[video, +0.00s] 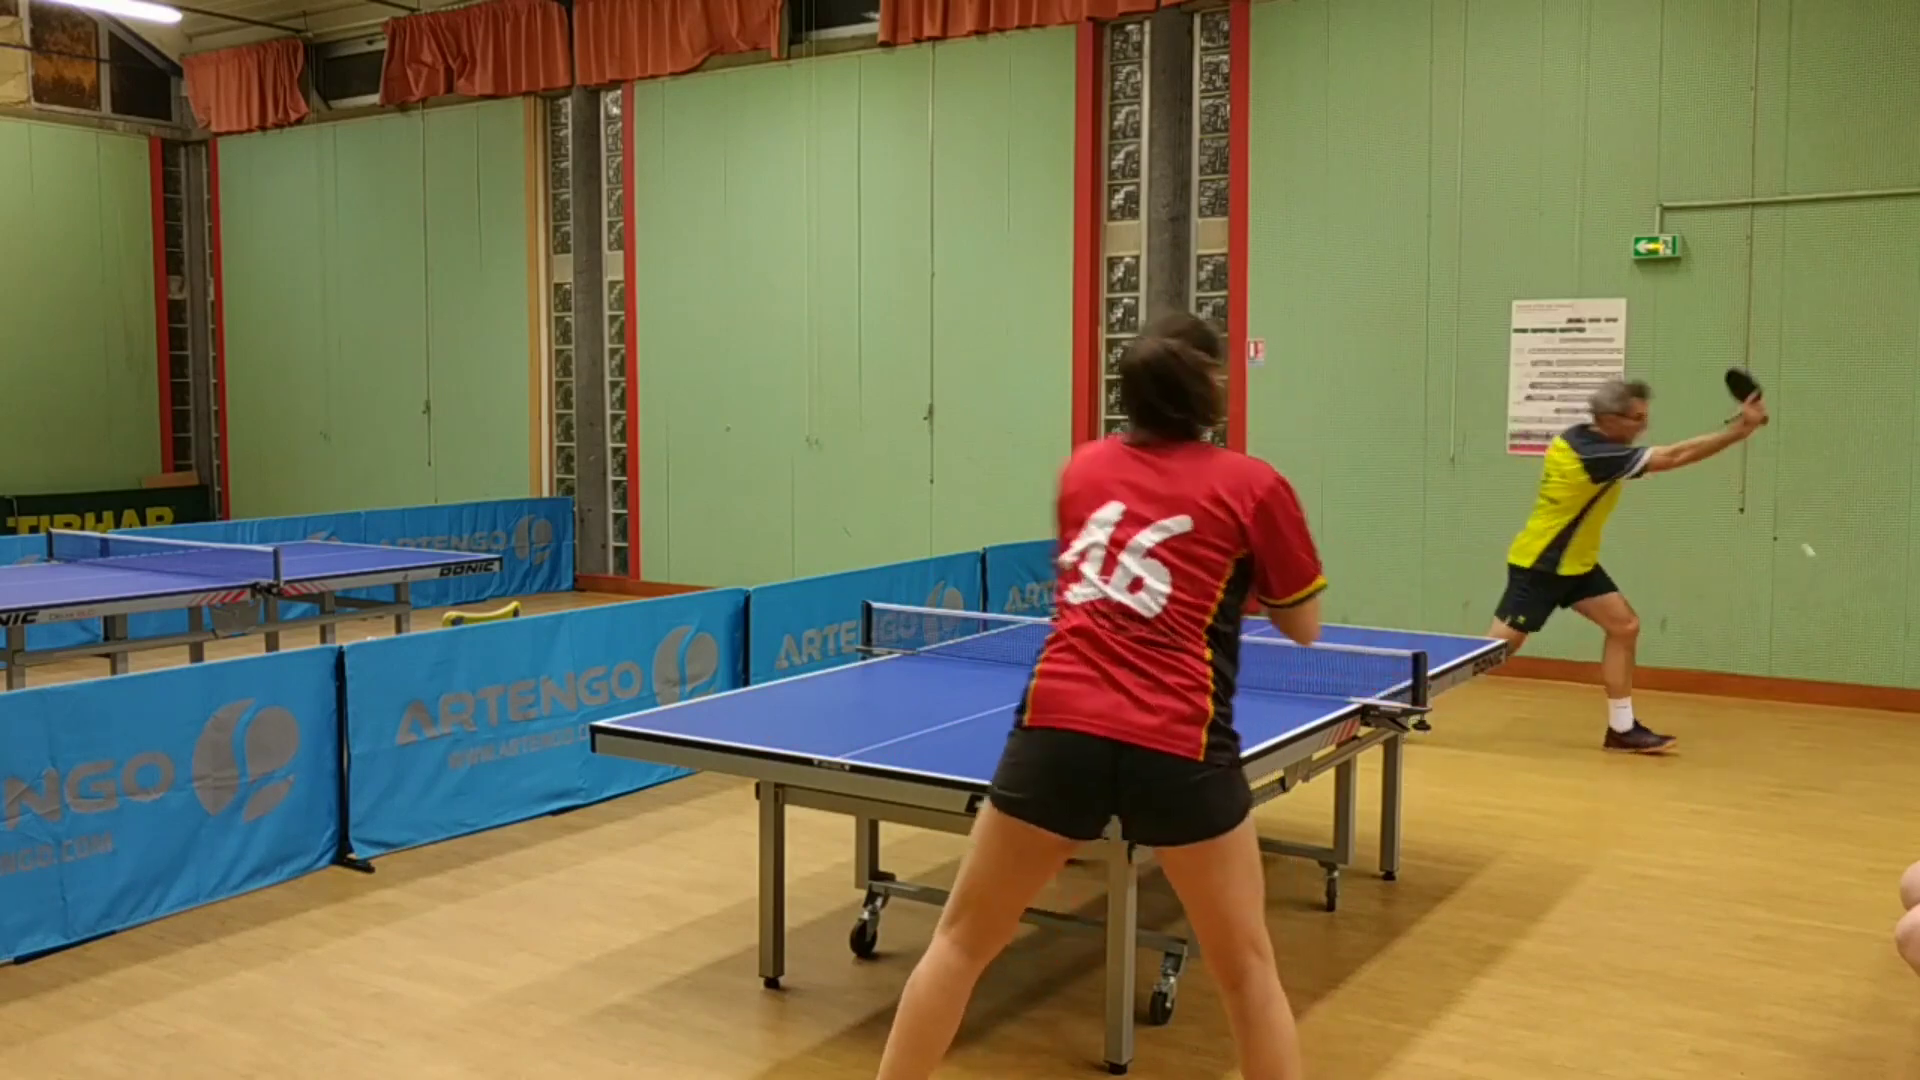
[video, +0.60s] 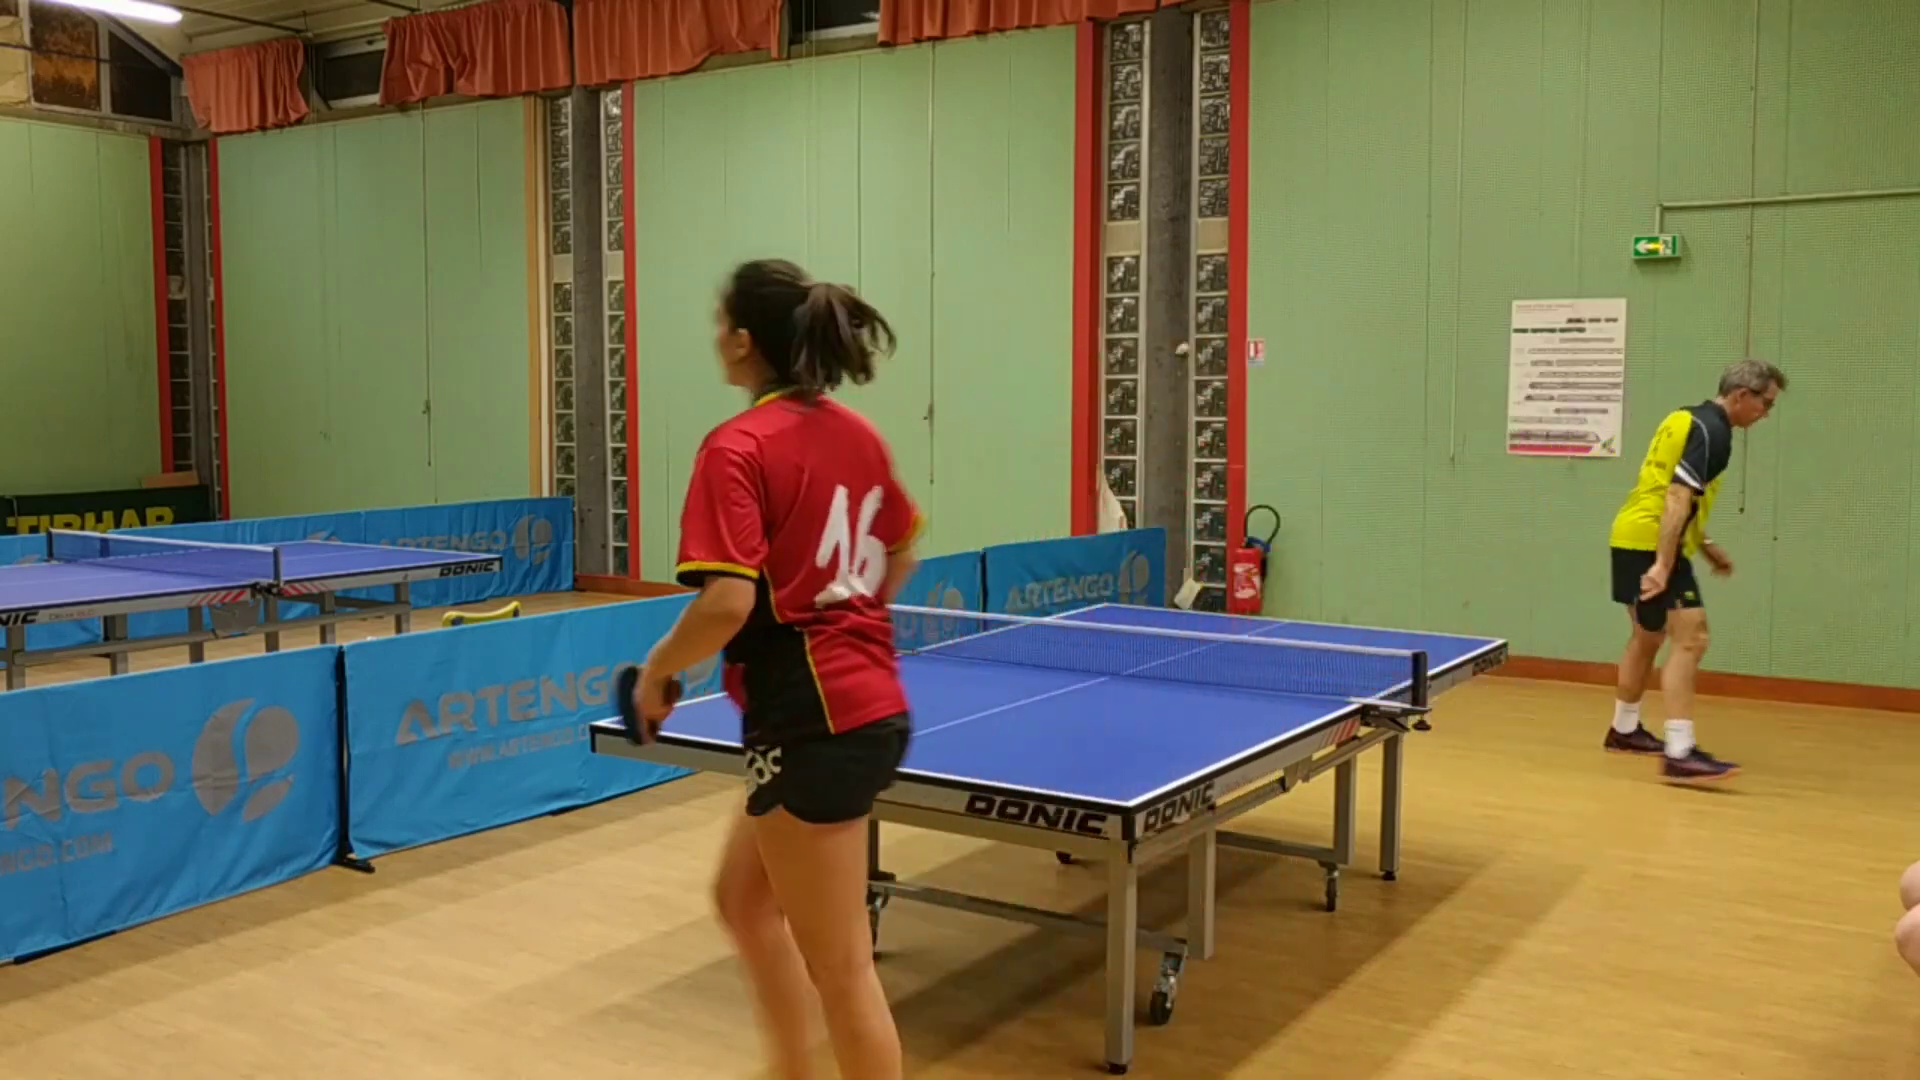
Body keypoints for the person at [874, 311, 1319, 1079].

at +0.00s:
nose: (1227, 381)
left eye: (1222, 370)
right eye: (1222, 372)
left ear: (1128, 392)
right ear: (1212, 391)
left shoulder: (1084, 468)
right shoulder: (1252, 486)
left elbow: (1100, 575)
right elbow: (1303, 623)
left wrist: (1224, 571)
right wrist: (1231, 571)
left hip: (1056, 736)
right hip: (1180, 752)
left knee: (960, 943)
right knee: (1247, 969)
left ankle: (893, 1074)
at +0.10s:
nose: (1150, 376)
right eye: (1146, 367)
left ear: (1058, 388)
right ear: (1139, 384)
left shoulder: (1013, 473)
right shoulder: (1193, 485)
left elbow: (985, 583)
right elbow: (1251, 617)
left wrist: (1081, 562)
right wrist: (1195, 561)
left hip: (1018, 759)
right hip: (1139, 764)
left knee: (942, 950)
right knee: (1221, 971)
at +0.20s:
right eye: (1055, 382)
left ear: (974, 400)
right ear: (1057, 397)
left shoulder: (932, 493)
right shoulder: (1112, 497)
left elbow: (890, 599)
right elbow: (1185, 626)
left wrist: (971, 561)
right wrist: (1114, 570)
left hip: (960, 774)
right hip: (1080, 773)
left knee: (898, 961)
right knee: (1179, 975)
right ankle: (1249, 1078)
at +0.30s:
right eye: (978, 376)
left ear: (899, 391)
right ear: (982, 390)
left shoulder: (861, 492)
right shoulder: (1039, 493)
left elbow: (809, 620)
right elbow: (1110, 626)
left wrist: (875, 573)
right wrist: (1040, 572)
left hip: (898, 774)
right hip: (1015, 771)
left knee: (865, 970)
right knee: (1099, 956)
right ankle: (1198, 1074)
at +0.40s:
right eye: (919, 356)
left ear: (843, 370)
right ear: (925, 367)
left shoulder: (808, 474)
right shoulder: (982, 468)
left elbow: (758, 629)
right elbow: (1037, 603)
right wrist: (956, 605)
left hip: (864, 755)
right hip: (970, 746)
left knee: (851, 967)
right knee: (982, 928)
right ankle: (1099, 1069)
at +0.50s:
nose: (782, 347)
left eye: (784, 337)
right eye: (785, 336)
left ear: (794, 348)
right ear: (876, 346)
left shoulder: (768, 452)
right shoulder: (927, 443)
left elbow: (741, 611)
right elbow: (972, 572)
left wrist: (698, 663)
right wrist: (896, 606)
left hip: (841, 734)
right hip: (933, 726)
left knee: (843, 968)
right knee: (869, 901)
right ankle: (965, 1069)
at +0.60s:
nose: (719, 340)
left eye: (722, 327)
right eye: (722, 326)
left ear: (741, 342)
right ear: (806, 339)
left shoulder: (736, 448)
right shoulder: (853, 431)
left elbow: (727, 598)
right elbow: (902, 537)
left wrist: (660, 668)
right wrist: (851, 618)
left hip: (811, 729)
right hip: (875, 714)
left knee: (842, 967)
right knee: (744, 897)